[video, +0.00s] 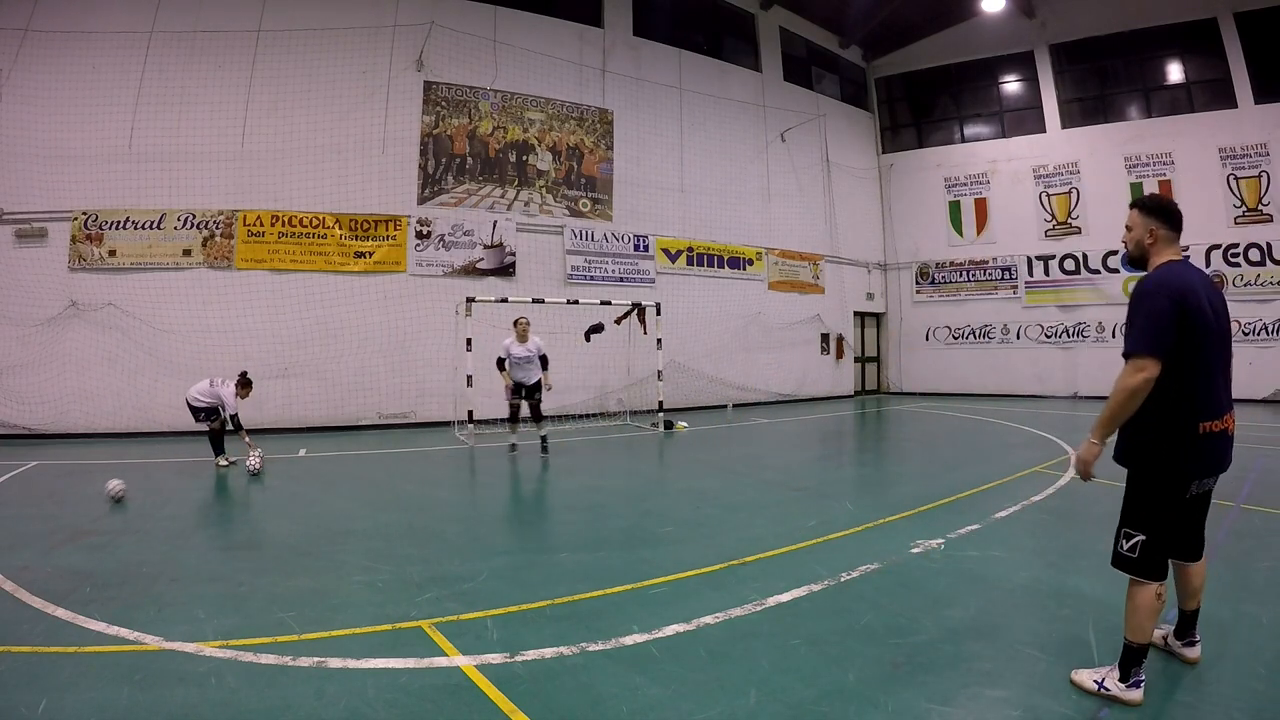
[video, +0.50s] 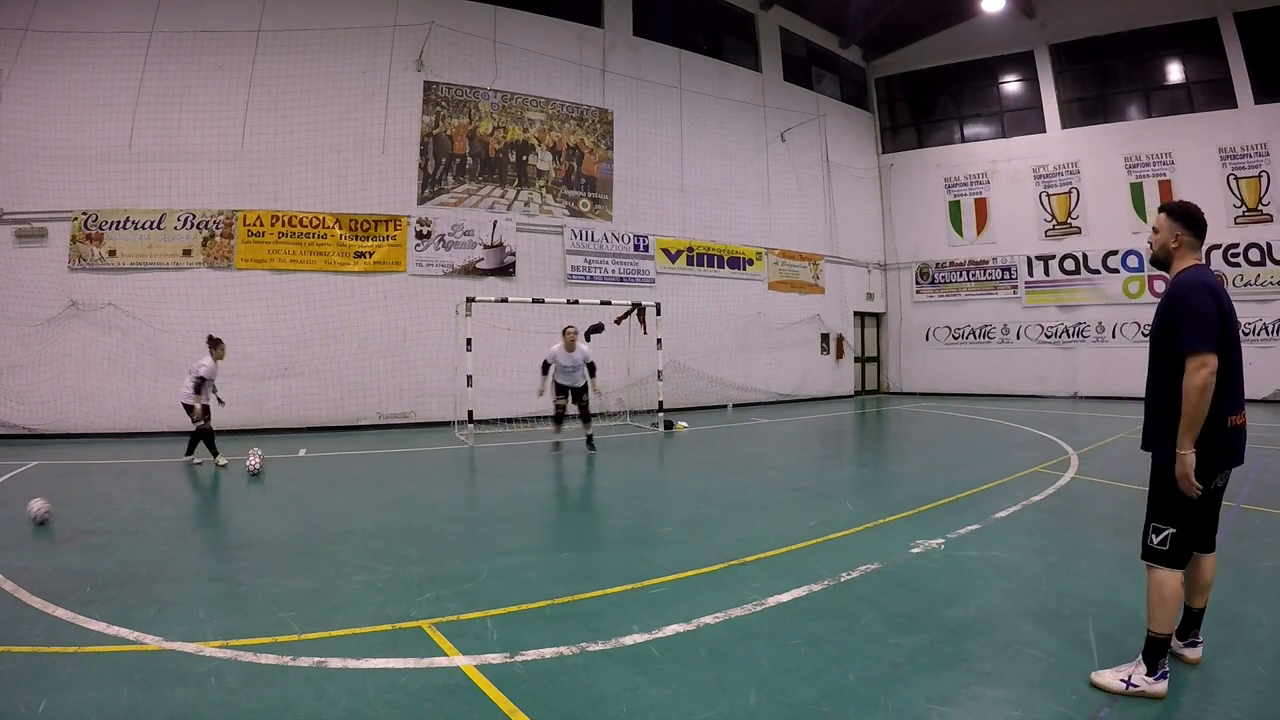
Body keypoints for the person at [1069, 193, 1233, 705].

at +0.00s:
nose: (1123, 239)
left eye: (1129, 230)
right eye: (1125, 230)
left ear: (1152, 234)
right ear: (1169, 235)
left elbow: (1142, 373)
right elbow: (1214, 362)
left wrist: (1096, 438)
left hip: (1165, 449)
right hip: (1207, 444)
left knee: (1145, 565)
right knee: (1188, 545)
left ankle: (1127, 676)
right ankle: (1185, 636)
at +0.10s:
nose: (1130, 240)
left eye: (1137, 231)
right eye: (1132, 231)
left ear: (1160, 235)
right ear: (1171, 236)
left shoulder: (1165, 289)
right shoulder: (1203, 282)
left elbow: (1155, 372)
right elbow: (1209, 366)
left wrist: (1112, 442)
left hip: (1173, 448)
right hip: (1211, 443)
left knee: (1147, 560)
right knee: (1190, 545)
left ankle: (1127, 676)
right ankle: (1185, 636)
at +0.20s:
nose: (1137, 237)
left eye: (1143, 230)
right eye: (1140, 229)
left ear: (1166, 236)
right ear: (1176, 238)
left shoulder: (1174, 290)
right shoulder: (1204, 284)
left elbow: (1173, 373)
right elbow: (1209, 370)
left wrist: (1138, 446)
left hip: (1180, 447)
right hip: (1212, 445)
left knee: (1151, 558)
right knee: (1197, 545)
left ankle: (1128, 674)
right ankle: (1186, 637)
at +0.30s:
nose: (1143, 237)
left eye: (1148, 230)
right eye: (1146, 229)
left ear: (1171, 238)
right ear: (1181, 239)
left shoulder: (1181, 291)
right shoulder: (1204, 285)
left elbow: (1187, 372)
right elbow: (1211, 369)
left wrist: (1163, 445)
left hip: (1185, 448)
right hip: (1214, 445)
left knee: (1157, 557)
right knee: (1201, 544)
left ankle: (1132, 670)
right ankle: (1187, 637)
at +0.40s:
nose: (1146, 238)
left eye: (1152, 231)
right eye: (1149, 230)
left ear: (1174, 238)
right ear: (1184, 239)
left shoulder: (1186, 292)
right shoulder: (1205, 285)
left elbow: (1197, 372)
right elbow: (1208, 370)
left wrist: (1179, 447)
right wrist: (1184, 438)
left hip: (1186, 448)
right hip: (1214, 445)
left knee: (1160, 556)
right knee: (1201, 544)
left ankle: (1140, 669)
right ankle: (1187, 637)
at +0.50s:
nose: (1148, 238)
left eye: (1154, 231)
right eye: (1151, 230)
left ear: (1176, 238)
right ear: (1185, 239)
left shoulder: (1189, 291)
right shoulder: (1204, 285)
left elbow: (1202, 370)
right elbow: (1208, 369)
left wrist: (1185, 447)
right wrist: (1184, 439)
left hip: (1184, 449)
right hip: (1211, 446)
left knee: (1163, 556)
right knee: (1200, 545)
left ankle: (1150, 670)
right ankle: (1188, 637)